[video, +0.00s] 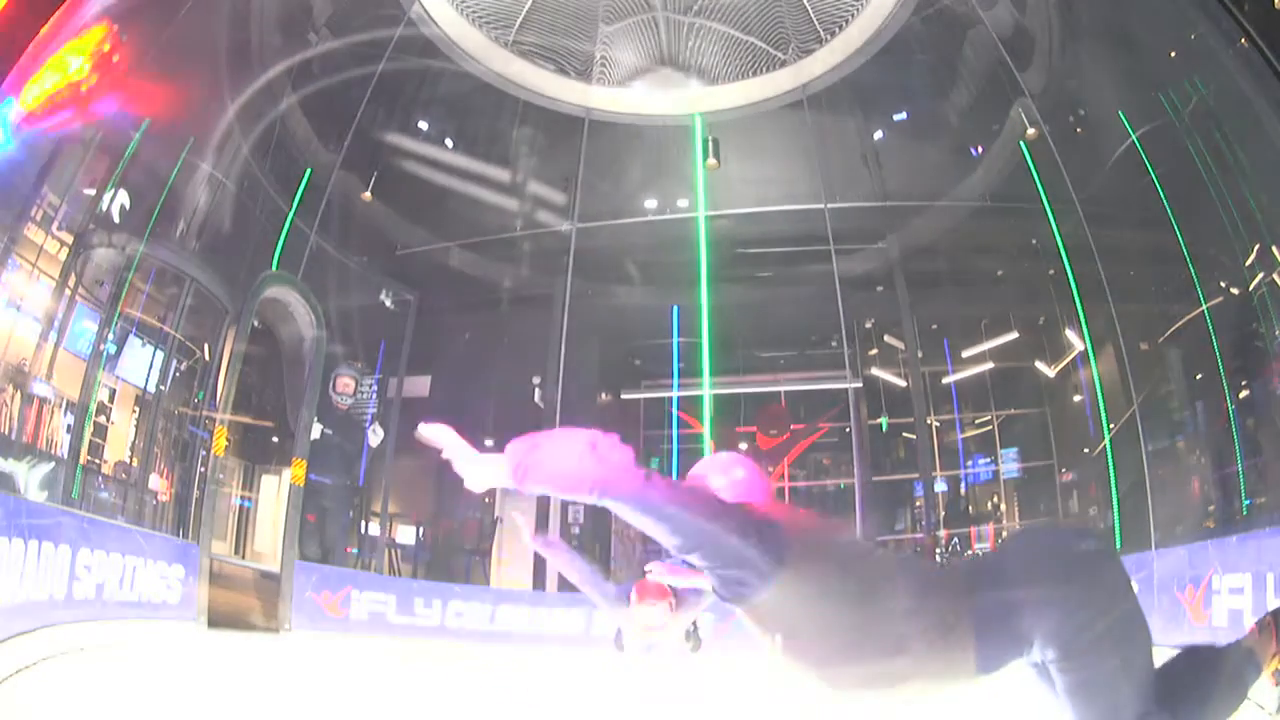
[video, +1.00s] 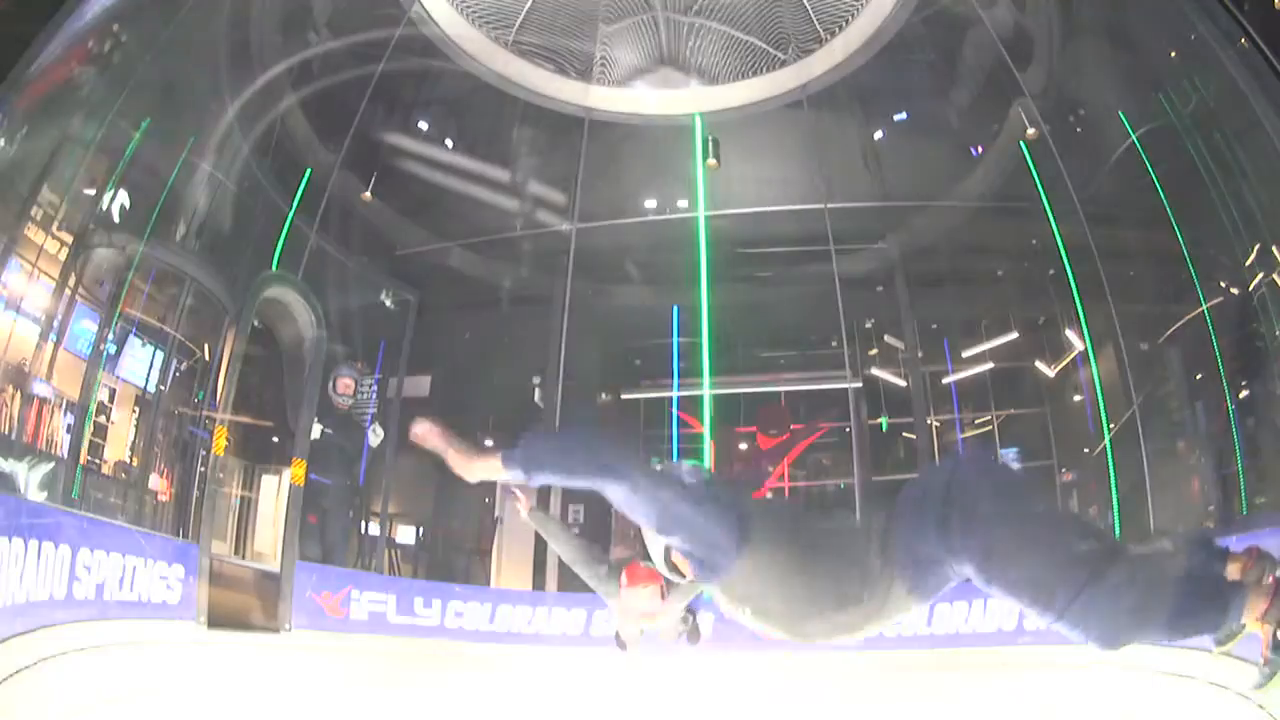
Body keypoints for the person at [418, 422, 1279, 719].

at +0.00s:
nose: (675, 563)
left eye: (681, 540)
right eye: (673, 551)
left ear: (717, 520)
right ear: (730, 516)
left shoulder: (767, 553)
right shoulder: (749, 589)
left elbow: (621, 483)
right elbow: (608, 591)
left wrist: (492, 464)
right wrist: (532, 530)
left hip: (1055, 590)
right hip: (1028, 599)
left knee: (1134, 711)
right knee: (1129, 701)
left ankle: (1261, 646)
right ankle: (1256, 645)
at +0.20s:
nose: (651, 601)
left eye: (640, 590)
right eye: (639, 599)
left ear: (649, 569)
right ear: (648, 584)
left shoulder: (736, 554)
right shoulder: (742, 598)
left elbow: (609, 489)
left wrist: (483, 450)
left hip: (1027, 542)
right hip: (1012, 557)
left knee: (1120, 693)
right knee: (1122, 683)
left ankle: (1256, 642)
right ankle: (1253, 640)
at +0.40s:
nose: (659, 590)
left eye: (657, 583)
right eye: (654, 591)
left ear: (671, 541)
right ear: (664, 593)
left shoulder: (742, 531)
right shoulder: (728, 598)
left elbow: (591, 457)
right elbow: (611, 604)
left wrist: (500, 458)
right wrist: (540, 531)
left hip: (1006, 509)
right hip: (991, 546)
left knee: (1125, 666)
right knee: (1120, 645)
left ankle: (1258, 633)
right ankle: (1251, 632)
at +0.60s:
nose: (645, 547)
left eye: (644, 532)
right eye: (644, 552)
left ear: (663, 509)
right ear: (664, 568)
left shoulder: (703, 501)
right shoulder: (717, 593)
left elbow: (613, 408)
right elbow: (622, 603)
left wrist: (527, 410)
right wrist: (555, 554)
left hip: (980, 488)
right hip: (968, 545)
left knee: (1114, 629)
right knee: (1108, 618)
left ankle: (1257, 616)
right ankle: (1249, 618)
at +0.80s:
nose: (644, 534)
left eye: (644, 515)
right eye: (644, 541)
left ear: (662, 494)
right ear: (658, 562)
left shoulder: (701, 493)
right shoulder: (707, 589)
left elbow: (628, 401)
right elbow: (608, 595)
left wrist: (544, 407)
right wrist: (545, 529)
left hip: (961, 491)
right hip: (955, 539)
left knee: (1105, 612)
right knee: (1105, 596)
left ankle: (1244, 589)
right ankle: (1241, 601)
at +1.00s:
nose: (645, 590)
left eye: (634, 585)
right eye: (636, 597)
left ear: (650, 564)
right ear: (655, 595)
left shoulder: (717, 542)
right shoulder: (737, 597)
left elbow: (616, 465)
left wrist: (488, 459)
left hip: (955, 504)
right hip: (950, 539)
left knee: (1101, 604)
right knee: (1108, 585)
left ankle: (1248, 596)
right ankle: (1243, 580)